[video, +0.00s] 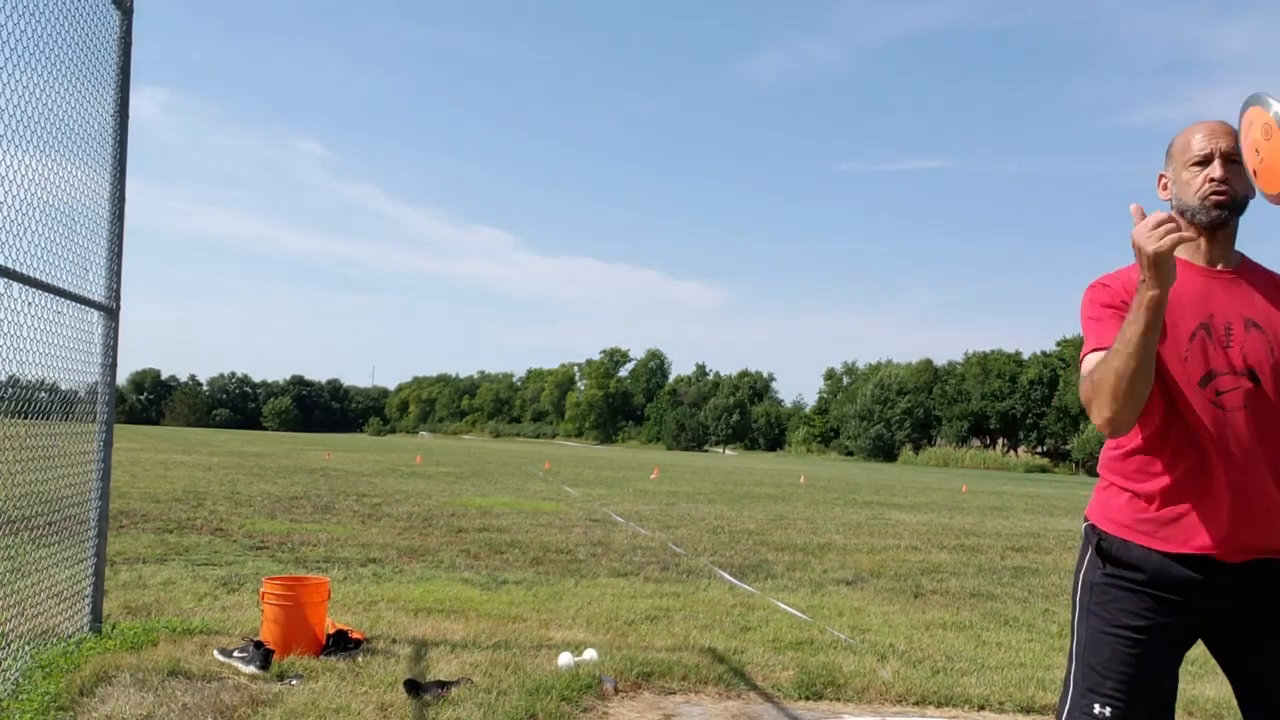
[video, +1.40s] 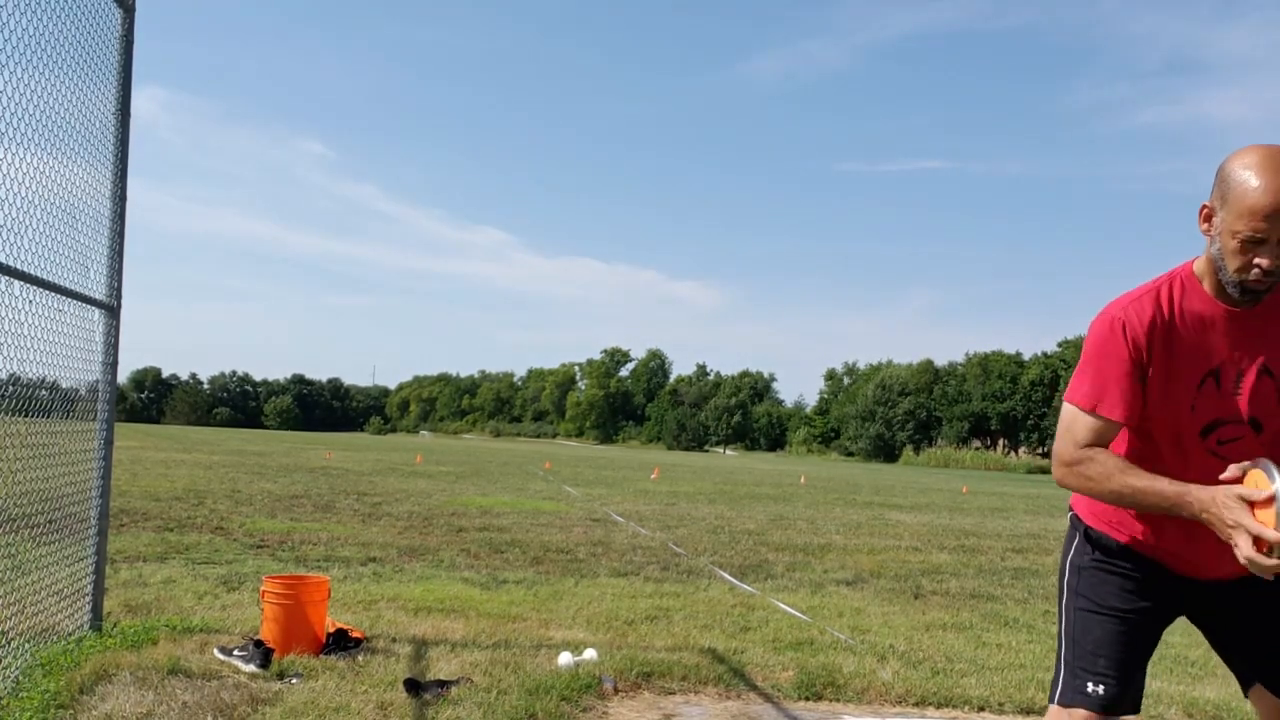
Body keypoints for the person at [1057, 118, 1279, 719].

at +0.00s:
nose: (1221, 172)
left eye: (1234, 161)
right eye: (1201, 162)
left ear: (1250, 184)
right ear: (1166, 186)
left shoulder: (1273, 293)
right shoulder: (1119, 292)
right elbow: (1110, 415)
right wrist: (1152, 287)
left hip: (1261, 569)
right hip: (1139, 563)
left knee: (1273, 705)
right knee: (1103, 711)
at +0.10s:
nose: (1221, 166)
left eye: (1232, 158)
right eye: (1201, 158)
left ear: (1246, 183)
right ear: (1163, 186)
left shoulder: (1269, 293)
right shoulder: (1123, 295)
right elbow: (1127, 417)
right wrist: (1210, 322)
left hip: (1259, 567)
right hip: (1137, 561)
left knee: (1277, 703)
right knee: (1106, 711)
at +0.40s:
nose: (1229, 178)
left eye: (1238, 167)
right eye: (1209, 167)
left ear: (1250, 184)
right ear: (1164, 189)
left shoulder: (1266, 295)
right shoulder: (1125, 296)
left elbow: (1274, 450)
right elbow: (1178, 396)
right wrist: (1270, 307)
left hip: (1246, 559)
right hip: (1133, 558)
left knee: (1273, 701)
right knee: (1106, 711)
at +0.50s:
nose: (1244, 195)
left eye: (1255, 181)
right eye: (1225, 180)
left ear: (1266, 193)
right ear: (1179, 195)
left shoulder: (1273, 304)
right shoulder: (1137, 308)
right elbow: (1175, 435)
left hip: (1248, 560)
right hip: (1134, 559)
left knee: (1275, 702)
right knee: (1103, 712)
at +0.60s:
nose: (1267, 217)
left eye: (1276, 200)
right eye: (1249, 199)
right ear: (1201, 207)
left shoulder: (1279, 310)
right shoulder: (1156, 320)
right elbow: (1174, 471)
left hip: (1245, 564)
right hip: (1135, 560)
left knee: (1277, 701)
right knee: (1090, 712)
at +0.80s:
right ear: (1245, 223)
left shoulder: (1271, 323)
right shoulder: (1180, 334)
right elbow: (1131, 481)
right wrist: (1224, 592)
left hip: (1257, 568)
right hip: (1138, 559)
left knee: (1277, 704)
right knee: (1087, 712)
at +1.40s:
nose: (1267, 262)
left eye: (1279, 244)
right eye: (1252, 242)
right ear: (1208, 221)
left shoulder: (1277, 314)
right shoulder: (1136, 322)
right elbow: (1073, 461)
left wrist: (1275, 488)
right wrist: (1203, 504)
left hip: (1246, 557)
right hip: (1125, 548)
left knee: (1278, 701)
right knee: (1083, 709)